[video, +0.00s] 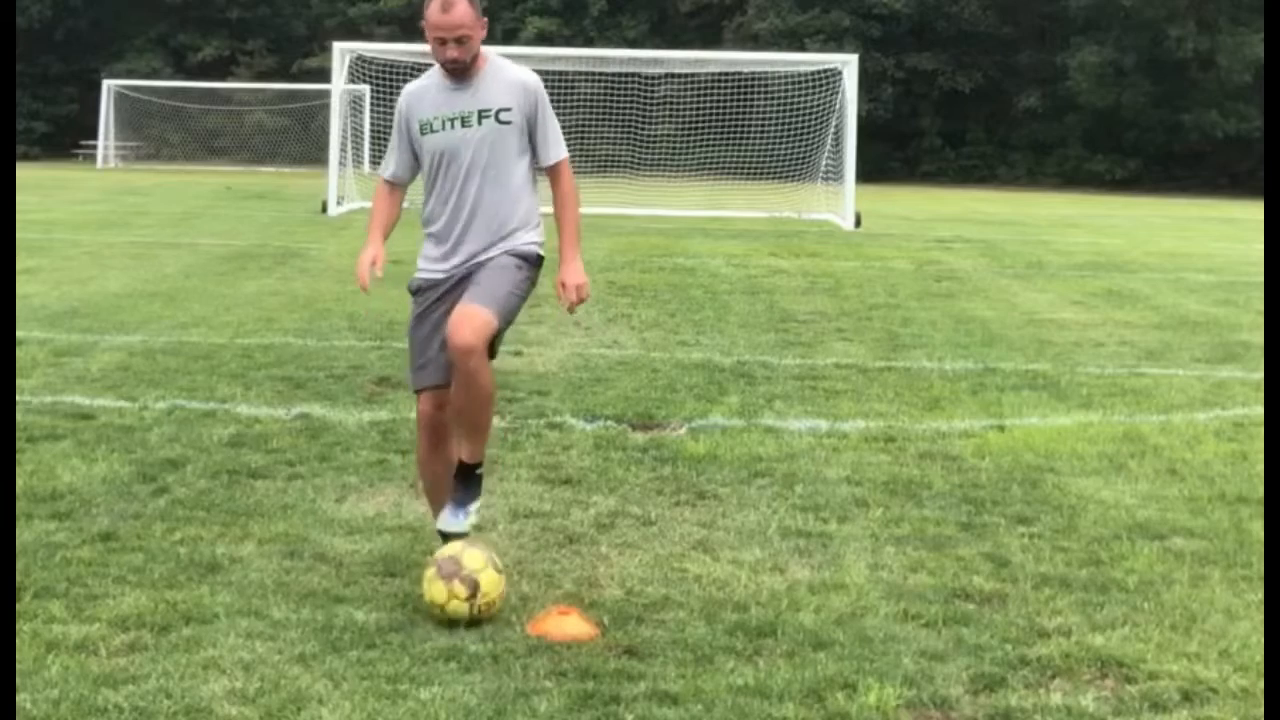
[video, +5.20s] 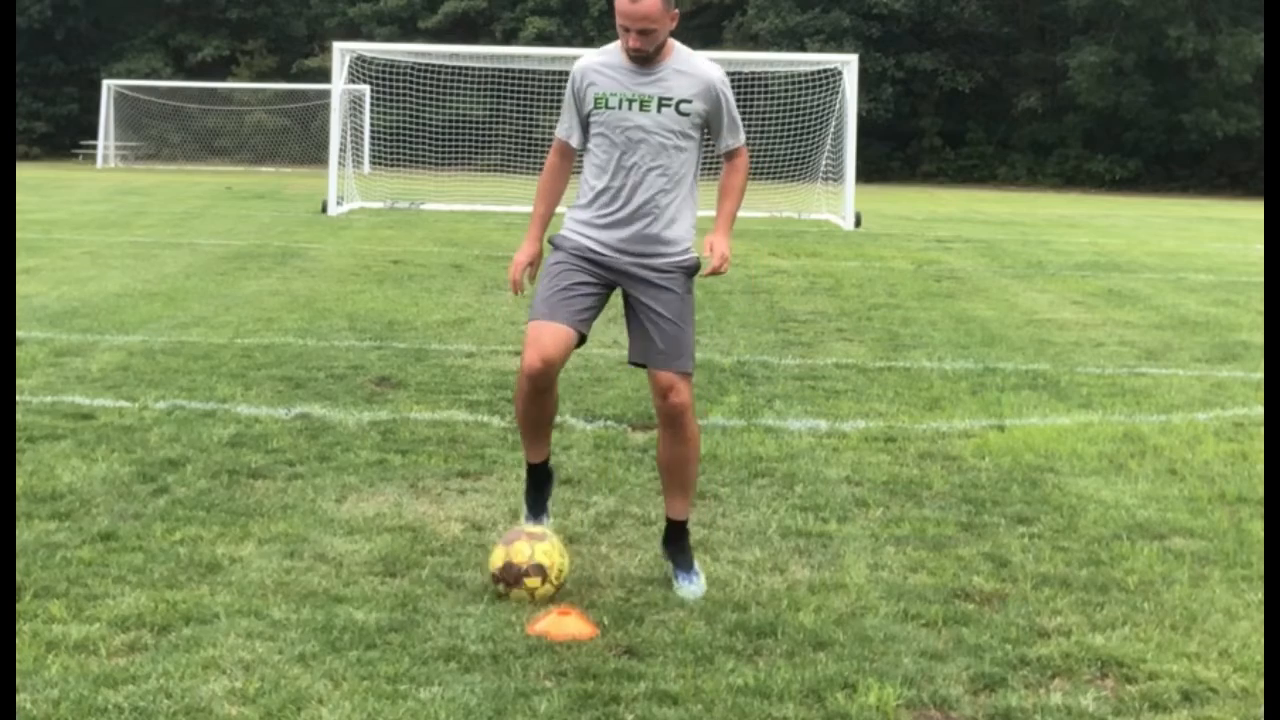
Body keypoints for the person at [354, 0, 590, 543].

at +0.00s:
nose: (451, 53)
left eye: (461, 40)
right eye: (439, 42)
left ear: (483, 29)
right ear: (425, 36)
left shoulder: (522, 86)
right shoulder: (414, 98)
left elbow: (560, 172)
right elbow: (393, 181)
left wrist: (571, 259)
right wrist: (374, 240)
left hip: (509, 249)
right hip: (441, 262)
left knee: (464, 337)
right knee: (431, 410)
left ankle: (469, 477)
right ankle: (448, 542)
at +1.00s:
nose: (464, 61)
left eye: (475, 49)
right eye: (453, 50)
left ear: (494, 36)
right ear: (436, 42)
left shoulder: (533, 94)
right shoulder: (423, 111)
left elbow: (573, 180)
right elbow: (400, 199)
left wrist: (589, 266)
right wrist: (359, 269)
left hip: (528, 279)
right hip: (454, 285)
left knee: (527, 402)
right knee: (441, 416)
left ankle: (492, 534)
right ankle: (462, 541)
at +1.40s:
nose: (485, 35)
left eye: (495, 23)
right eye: (472, 24)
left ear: (511, 12)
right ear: (452, 15)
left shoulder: (546, 65)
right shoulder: (435, 80)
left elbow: (579, 151)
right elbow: (417, 163)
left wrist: (594, 234)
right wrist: (384, 242)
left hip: (549, 248)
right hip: (470, 260)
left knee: (587, 371)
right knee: (460, 399)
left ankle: (575, 489)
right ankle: (467, 531)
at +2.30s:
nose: (551, 59)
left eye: (560, 47)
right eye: (539, 49)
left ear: (572, 33)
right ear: (513, 37)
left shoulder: (595, 85)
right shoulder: (488, 104)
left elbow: (615, 164)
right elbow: (452, 191)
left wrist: (641, 244)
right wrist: (436, 284)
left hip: (601, 271)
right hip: (525, 286)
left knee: (673, 373)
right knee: (504, 420)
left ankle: (660, 530)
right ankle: (479, 550)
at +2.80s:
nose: (611, 59)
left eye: (621, 47)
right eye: (599, 48)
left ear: (634, 36)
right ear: (575, 36)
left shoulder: (656, 92)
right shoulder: (541, 101)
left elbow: (676, 170)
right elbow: (508, 186)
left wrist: (692, 249)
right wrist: (499, 274)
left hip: (638, 267)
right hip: (564, 269)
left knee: (676, 397)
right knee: (566, 388)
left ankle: (685, 551)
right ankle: (543, 504)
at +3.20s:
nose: (644, 98)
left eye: (656, 86)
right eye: (633, 85)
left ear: (672, 78)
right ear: (613, 75)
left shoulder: (694, 137)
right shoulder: (581, 136)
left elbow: (726, 220)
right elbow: (543, 223)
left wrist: (741, 301)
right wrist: (527, 314)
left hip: (661, 291)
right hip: (589, 282)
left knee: (700, 425)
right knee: (616, 363)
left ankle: (676, 560)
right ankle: (627, 513)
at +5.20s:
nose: (636, 42)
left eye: (648, 31)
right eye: (627, 29)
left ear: (673, 17)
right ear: (613, 15)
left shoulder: (706, 79)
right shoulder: (588, 70)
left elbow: (735, 155)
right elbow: (562, 153)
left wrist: (722, 230)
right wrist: (533, 236)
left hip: (664, 258)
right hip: (583, 244)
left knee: (674, 398)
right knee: (537, 363)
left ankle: (678, 543)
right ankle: (537, 486)